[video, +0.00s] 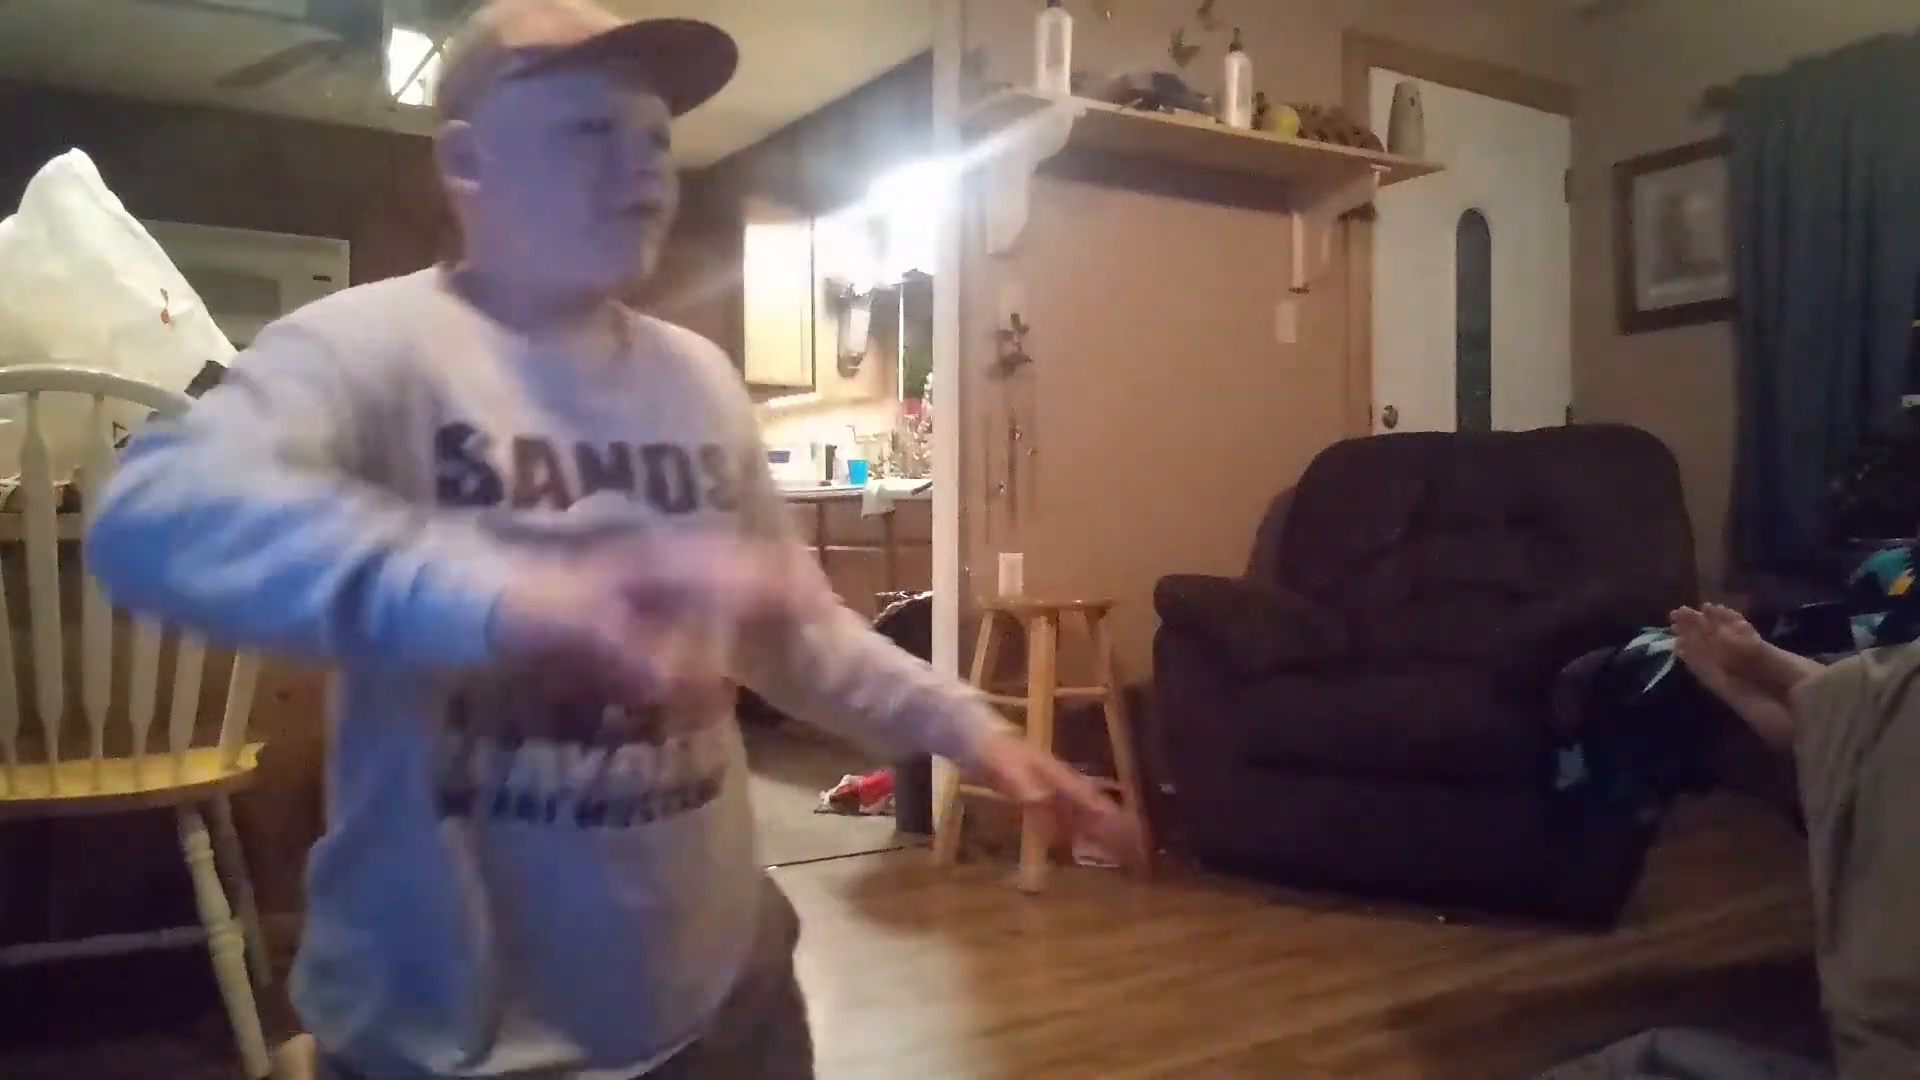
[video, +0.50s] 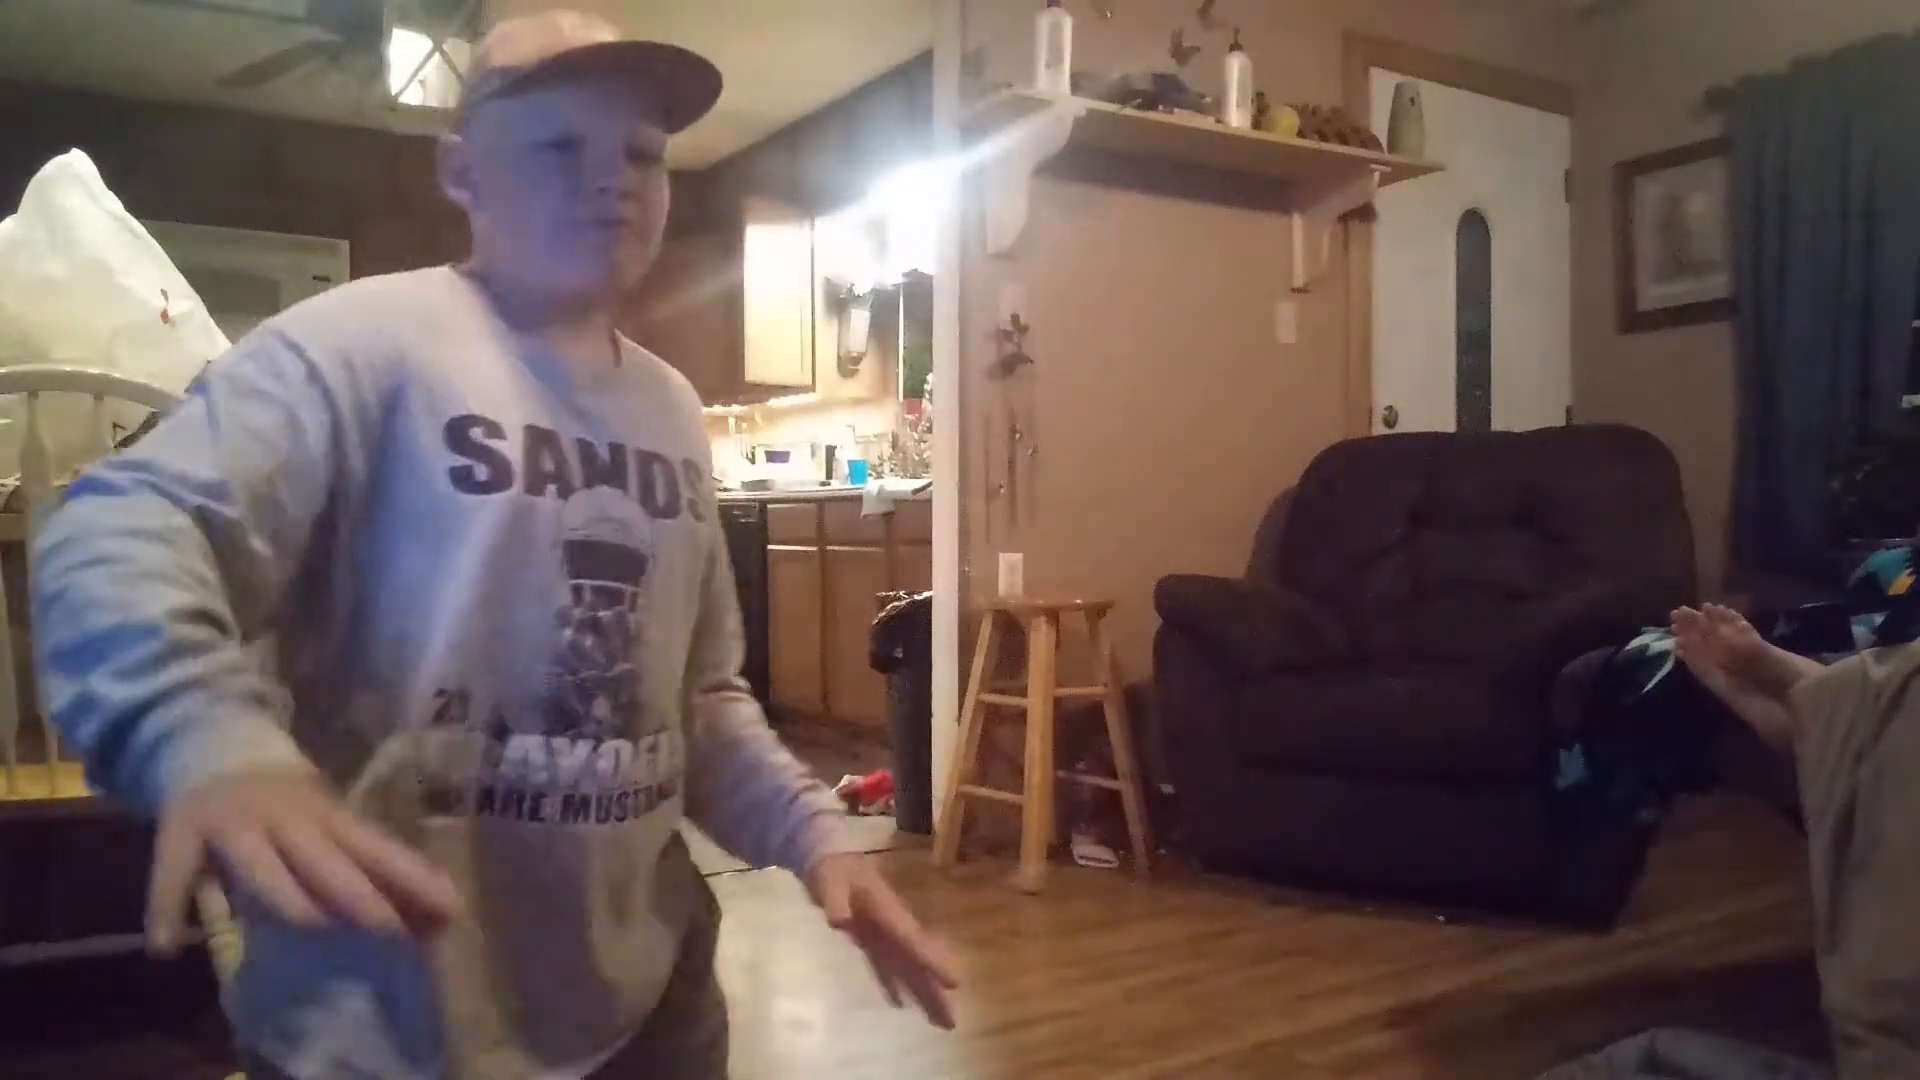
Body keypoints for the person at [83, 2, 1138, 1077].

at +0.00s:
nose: (646, 167)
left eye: (658, 137)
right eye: (591, 132)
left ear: (675, 163)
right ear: (467, 161)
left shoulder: (699, 378)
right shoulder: (369, 344)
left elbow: (781, 620)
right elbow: (155, 511)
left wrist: (960, 725)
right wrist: (508, 600)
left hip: (720, 989)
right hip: (459, 1017)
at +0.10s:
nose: (626, 173)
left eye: (637, 142)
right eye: (570, 134)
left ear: (652, 166)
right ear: (443, 169)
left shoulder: (669, 378)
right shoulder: (331, 360)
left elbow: (746, 615)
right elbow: (132, 560)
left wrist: (915, 731)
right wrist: (464, 725)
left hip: (681, 997)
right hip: (427, 1025)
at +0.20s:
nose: (614, 175)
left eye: (630, 141)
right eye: (555, 131)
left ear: (646, 166)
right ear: (433, 162)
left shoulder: (648, 380)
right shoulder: (323, 356)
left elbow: (709, 644)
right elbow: (108, 588)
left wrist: (886, 757)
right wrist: (370, 813)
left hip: (658, 993)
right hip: (404, 1023)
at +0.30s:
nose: (604, 175)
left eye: (627, 141)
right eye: (542, 131)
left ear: (647, 173)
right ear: (430, 158)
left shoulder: (644, 390)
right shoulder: (325, 350)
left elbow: (690, 677)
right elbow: (91, 580)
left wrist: (847, 793)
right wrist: (286, 836)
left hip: (643, 1002)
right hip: (390, 1019)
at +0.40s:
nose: (599, 175)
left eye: (628, 144)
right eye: (543, 137)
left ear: (652, 179)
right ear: (439, 164)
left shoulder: (655, 403)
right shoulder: (338, 347)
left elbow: (682, 700)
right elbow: (95, 558)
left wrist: (819, 838)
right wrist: (231, 811)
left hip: (639, 1010)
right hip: (383, 1018)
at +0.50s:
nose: (615, 177)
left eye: (642, 151)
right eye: (563, 143)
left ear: (666, 187)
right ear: (462, 174)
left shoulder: (670, 411)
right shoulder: (366, 343)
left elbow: (703, 696)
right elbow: (122, 527)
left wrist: (821, 838)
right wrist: (214, 745)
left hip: (643, 998)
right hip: (396, 1013)